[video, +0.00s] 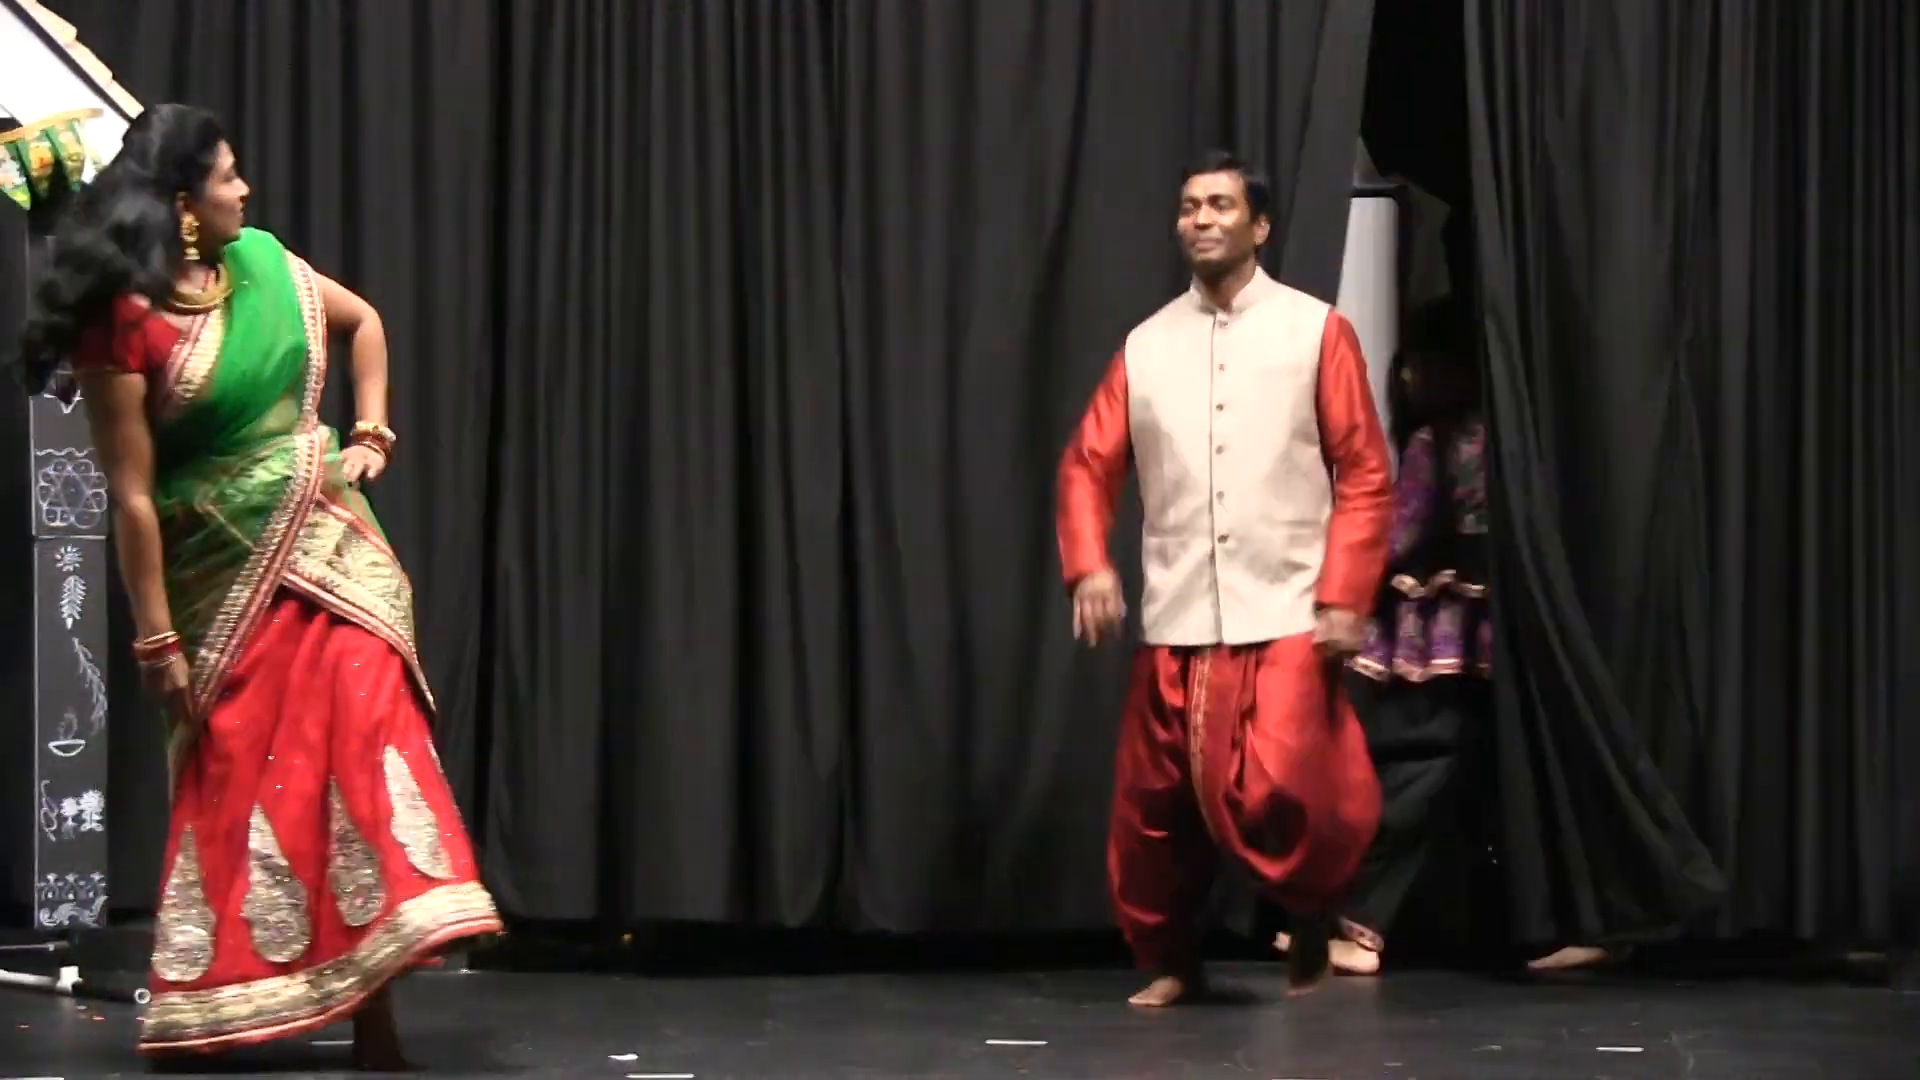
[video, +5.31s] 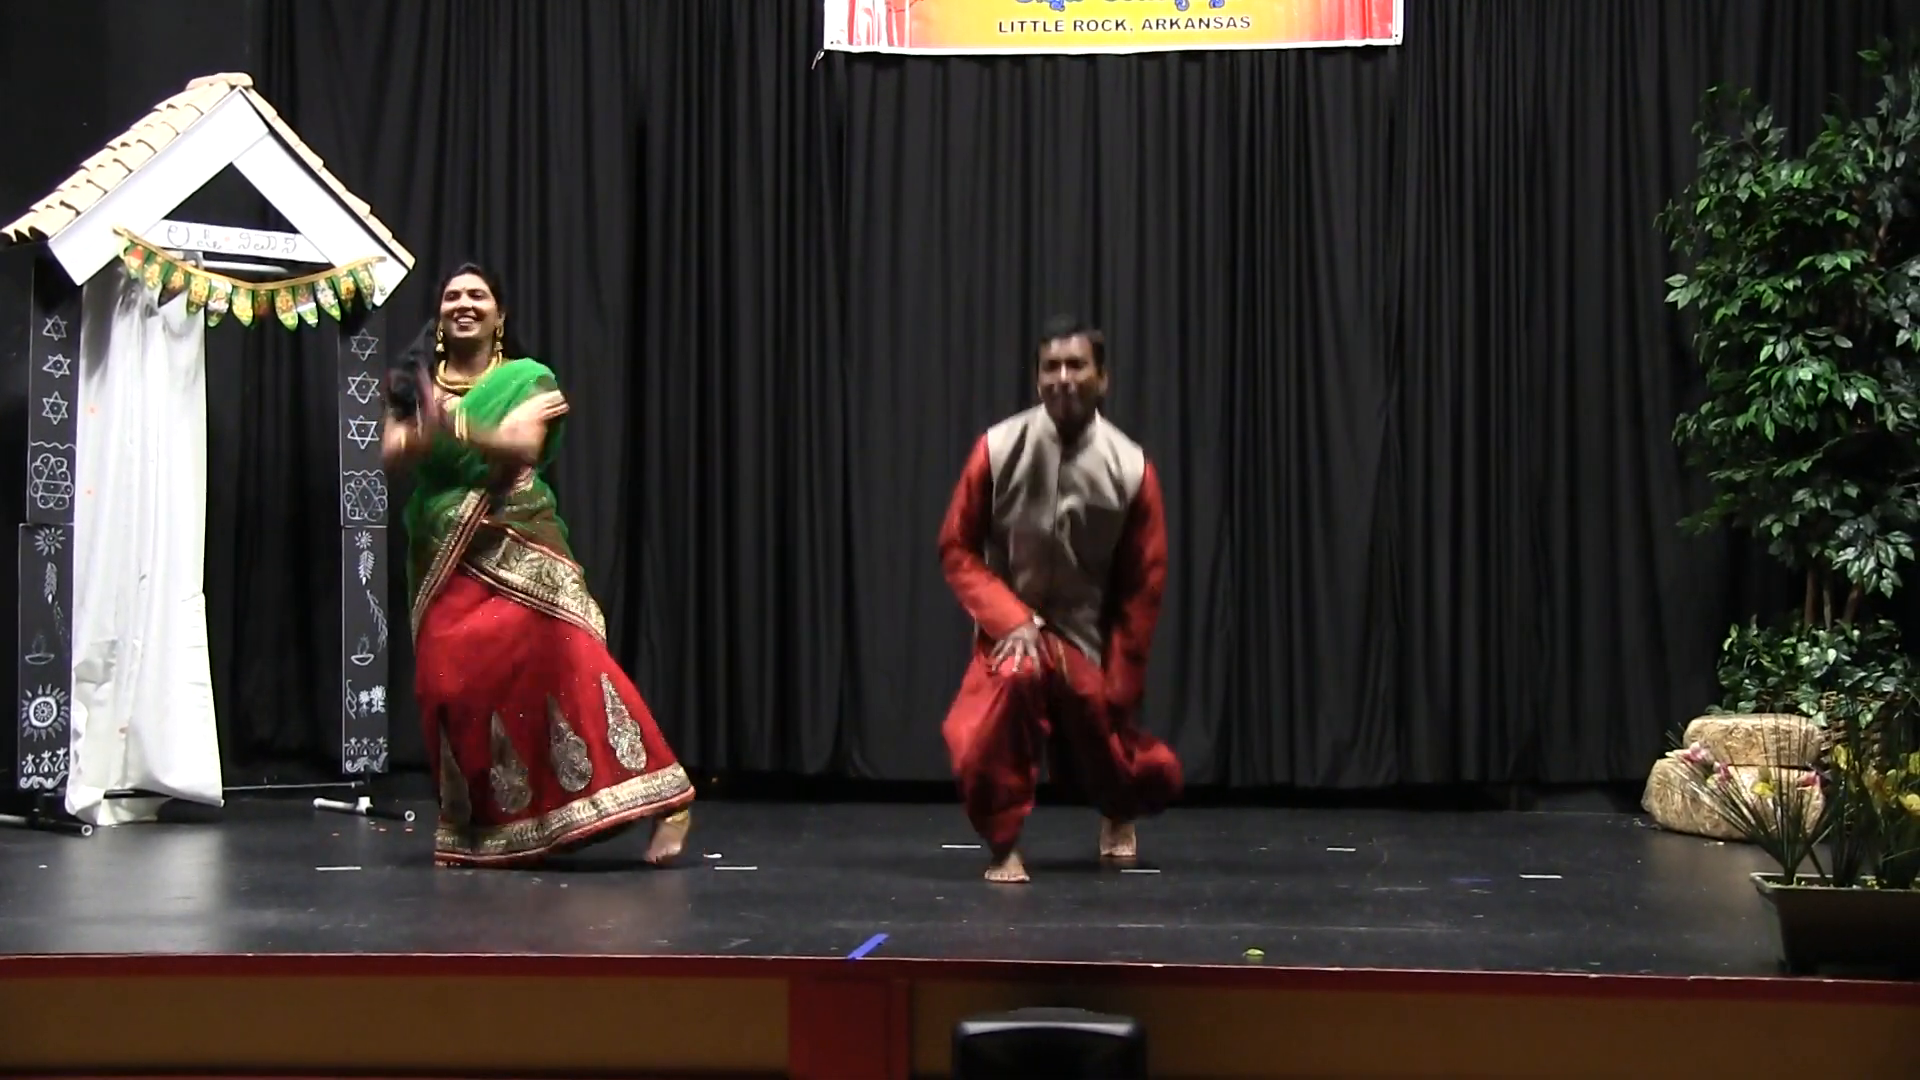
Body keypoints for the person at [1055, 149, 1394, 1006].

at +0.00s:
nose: (1201, 218)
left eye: (1219, 206)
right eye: (1190, 207)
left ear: (1259, 226)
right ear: (1177, 227)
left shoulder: (1317, 331)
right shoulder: (1148, 344)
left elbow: (1364, 473)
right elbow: (1088, 463)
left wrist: (1345, 599)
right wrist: (1090, 566)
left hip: (1286, 607)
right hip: (1177, 611)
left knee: (1274, 788)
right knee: (1155, 802)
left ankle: (1310, 918)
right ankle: (1169, 966)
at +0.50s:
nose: (1215, 142)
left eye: (1237, 128)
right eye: (1204, 126)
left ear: (1277, 149)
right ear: (1187, 143)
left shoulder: (1322, 263)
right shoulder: (1144, 266)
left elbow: (1352, 415)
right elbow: (1104, 415)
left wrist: (1298, 528)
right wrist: (1103, 529)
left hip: (1287, 564)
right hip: (1160, 562)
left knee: (1296, 771)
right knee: (1112, 750)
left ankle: (1300, 978)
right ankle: (1087, 965)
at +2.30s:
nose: (1086, 211)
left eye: (1104, 200)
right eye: (1087, 200)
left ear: (1150, 220)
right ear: (1088, 218)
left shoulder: (1199, 321)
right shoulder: (1049, 316)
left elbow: (1223, 444)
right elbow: (1012, 432)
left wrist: (1182, 560)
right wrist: (1048, 522)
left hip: (1173, 574)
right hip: (1071, 575)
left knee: (1233, 733)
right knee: (1031, 734)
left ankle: (1264, 896)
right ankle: (1018, 892)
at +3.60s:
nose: (1063, 289)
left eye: (1077, 280)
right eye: (1054, 279)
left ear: (1102, 297)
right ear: (1042, 294)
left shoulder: (1134, 377)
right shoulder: (1005, 380)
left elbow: (1162, 473)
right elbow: (974, 480)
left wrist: (1128, 553)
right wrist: (962, 581)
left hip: (1113, 574)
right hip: (1033, 577)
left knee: (1117, 692)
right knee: (1037, 716)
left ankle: (1157, 824)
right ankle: (1054, 836)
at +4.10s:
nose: (1056, 374)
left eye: (1068, 364)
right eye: (1044, 364)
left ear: (1090, 379)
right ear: (1028, 379)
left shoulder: (1130, 455)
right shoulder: (1000, 469)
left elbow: (1157, 551)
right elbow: (985, 572)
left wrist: (1115, 627)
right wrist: (1010, 639)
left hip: (1117, 630)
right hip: (1040, 642)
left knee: (1084, 698)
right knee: (1012, 776)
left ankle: (1089, 860)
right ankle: (1061, 850)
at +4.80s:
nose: (1076, 262)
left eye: (1088, 251)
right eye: (1065, 253)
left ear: (1111, 266)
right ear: (1049, 269)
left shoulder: (1142, 359)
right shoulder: (1010, 345)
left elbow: (1155, 469)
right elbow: (980, 451)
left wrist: (1120, 569)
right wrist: (983, 555)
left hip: (1105, 549)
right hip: (1025, 547)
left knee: (1097, 686)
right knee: (1027, 686)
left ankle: (1093, 845)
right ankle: (1051, 808)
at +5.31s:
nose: (1062, 379)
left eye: (1076, 366)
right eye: (1051, 367)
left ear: (1102, 377)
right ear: (1038, 377)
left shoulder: (1130, 468)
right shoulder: (998, 449)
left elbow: (1143, 584)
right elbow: (956, 551)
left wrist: (1124, 684)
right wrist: (1009, 620)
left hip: (1086, 627)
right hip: (1009, 621)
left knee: (1101, 720)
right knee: (980, 736)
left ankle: (1117, 817)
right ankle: (1004, 849)